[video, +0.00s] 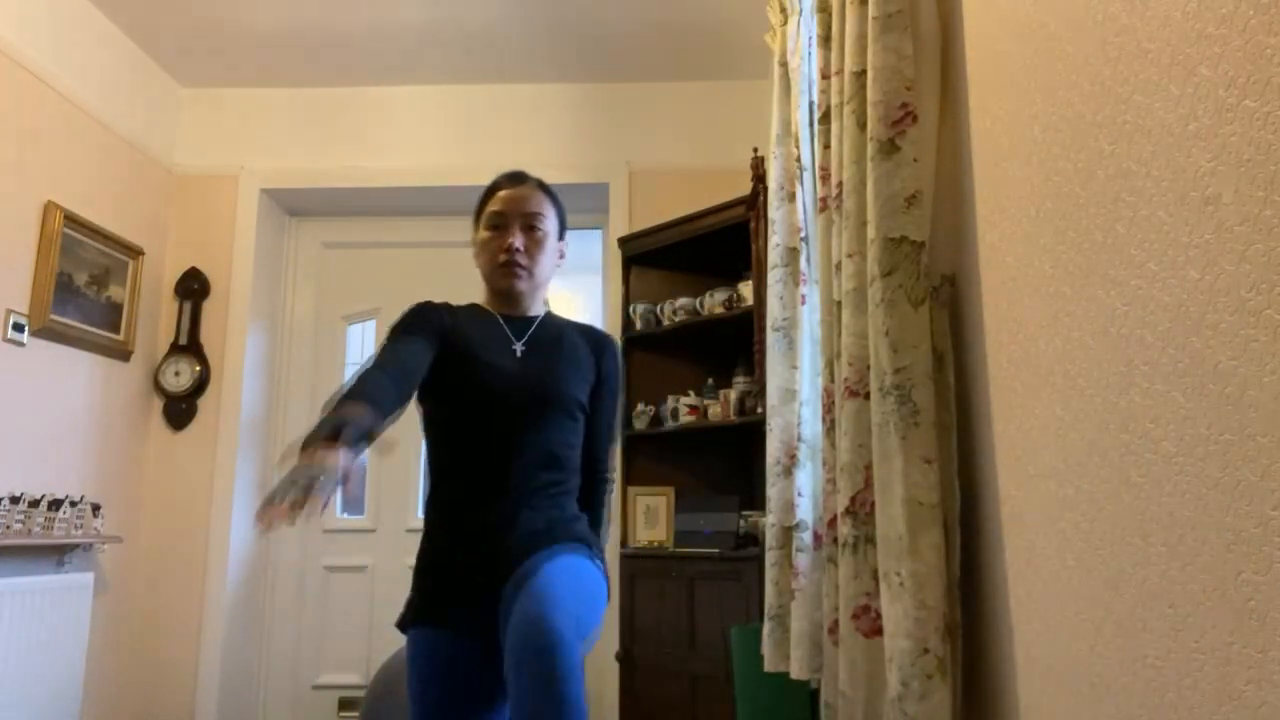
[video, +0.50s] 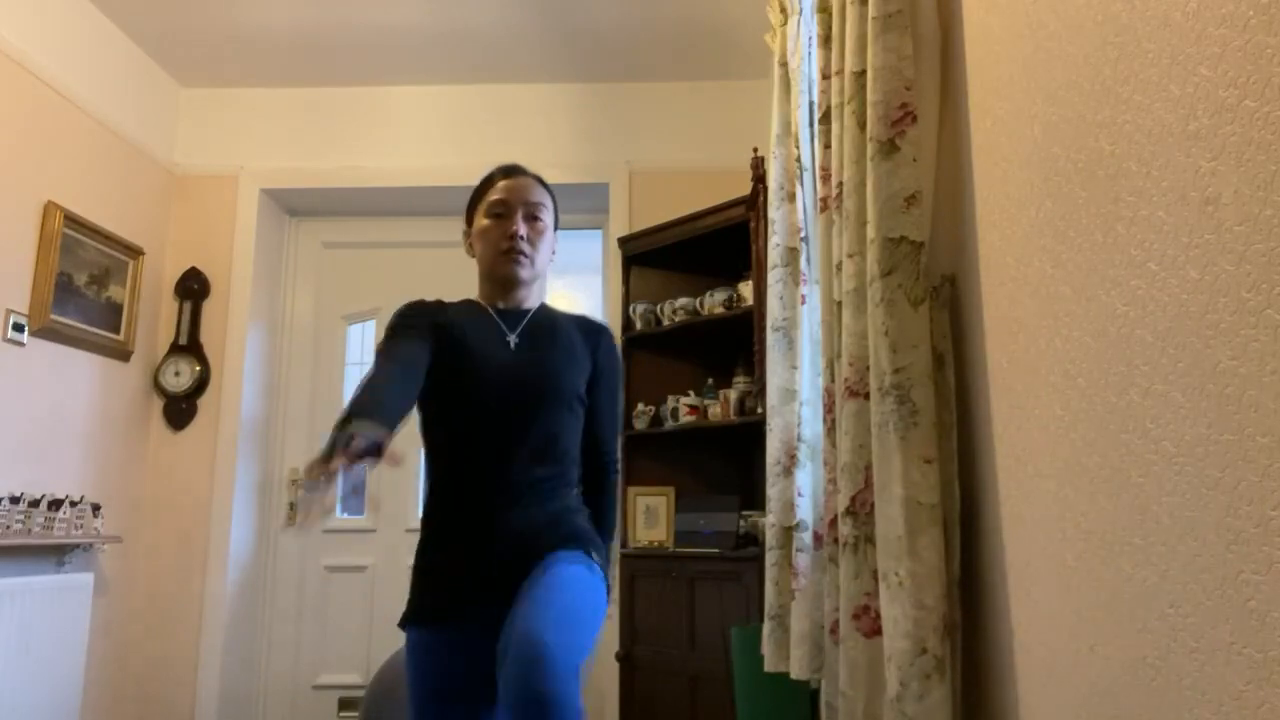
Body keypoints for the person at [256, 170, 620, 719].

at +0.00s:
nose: (513, 240)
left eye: (533, 228)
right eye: (498, 226)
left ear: (559, 253)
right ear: (475, 245)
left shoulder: (595, 350)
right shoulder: (437, 324)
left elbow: (594, 477)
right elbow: (386, 380)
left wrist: (586, 562)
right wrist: (334, 440)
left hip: (555, 552)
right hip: (455, 561)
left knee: (543, 633)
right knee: (440, 707)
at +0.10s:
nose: (511, 244)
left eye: (530, 232)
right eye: (494, 230)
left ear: (553, 258)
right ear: (469, 253)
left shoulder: (588, 354)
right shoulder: (439, 331)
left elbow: (586, 482)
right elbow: (403, 359)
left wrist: (555, 582)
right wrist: (407, 329)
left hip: (552, 577)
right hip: (448, 580)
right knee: (438, 709)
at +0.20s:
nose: (517, 244)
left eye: (532, 233)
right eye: (499, 234)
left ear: (551, 262)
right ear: (468, 260)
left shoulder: (586, 362)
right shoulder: (428, 348)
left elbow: (586, 494)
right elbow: (420, 330)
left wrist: (550, 636)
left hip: (550, 591)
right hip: (451, 595)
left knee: (536, 494)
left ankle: (497, 384)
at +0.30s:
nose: (514, 239)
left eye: (531, 230)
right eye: (497, 226)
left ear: (550, 260)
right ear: (465, 244)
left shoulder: (585, 361)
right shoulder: (427, 341)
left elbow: (588, 493)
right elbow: (415, 330)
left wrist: (560, 629)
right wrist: (441, 275)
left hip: (552, 590)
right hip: (451, 595)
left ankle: (504, 439)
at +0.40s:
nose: (516, 235)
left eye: (533, 224)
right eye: (498, 220)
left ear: (551, 250)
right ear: (466, 245)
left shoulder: (586, 350)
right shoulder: (438, 328)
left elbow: (592, 477)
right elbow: (408, 345)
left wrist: (578, 579)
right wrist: (413, 338)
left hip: (548, 588)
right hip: (449, 580)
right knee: (440, 711)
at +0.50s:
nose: (517, 225)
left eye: (534, 215)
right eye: (499, 212)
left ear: (553, 244)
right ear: (470, 239)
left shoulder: (590, 340)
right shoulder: (430, 321)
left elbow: (602, 465)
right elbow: (394, 375)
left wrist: (594, 560)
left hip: (559, 555)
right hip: (453, 561)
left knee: (536, 657)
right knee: (441, 707)